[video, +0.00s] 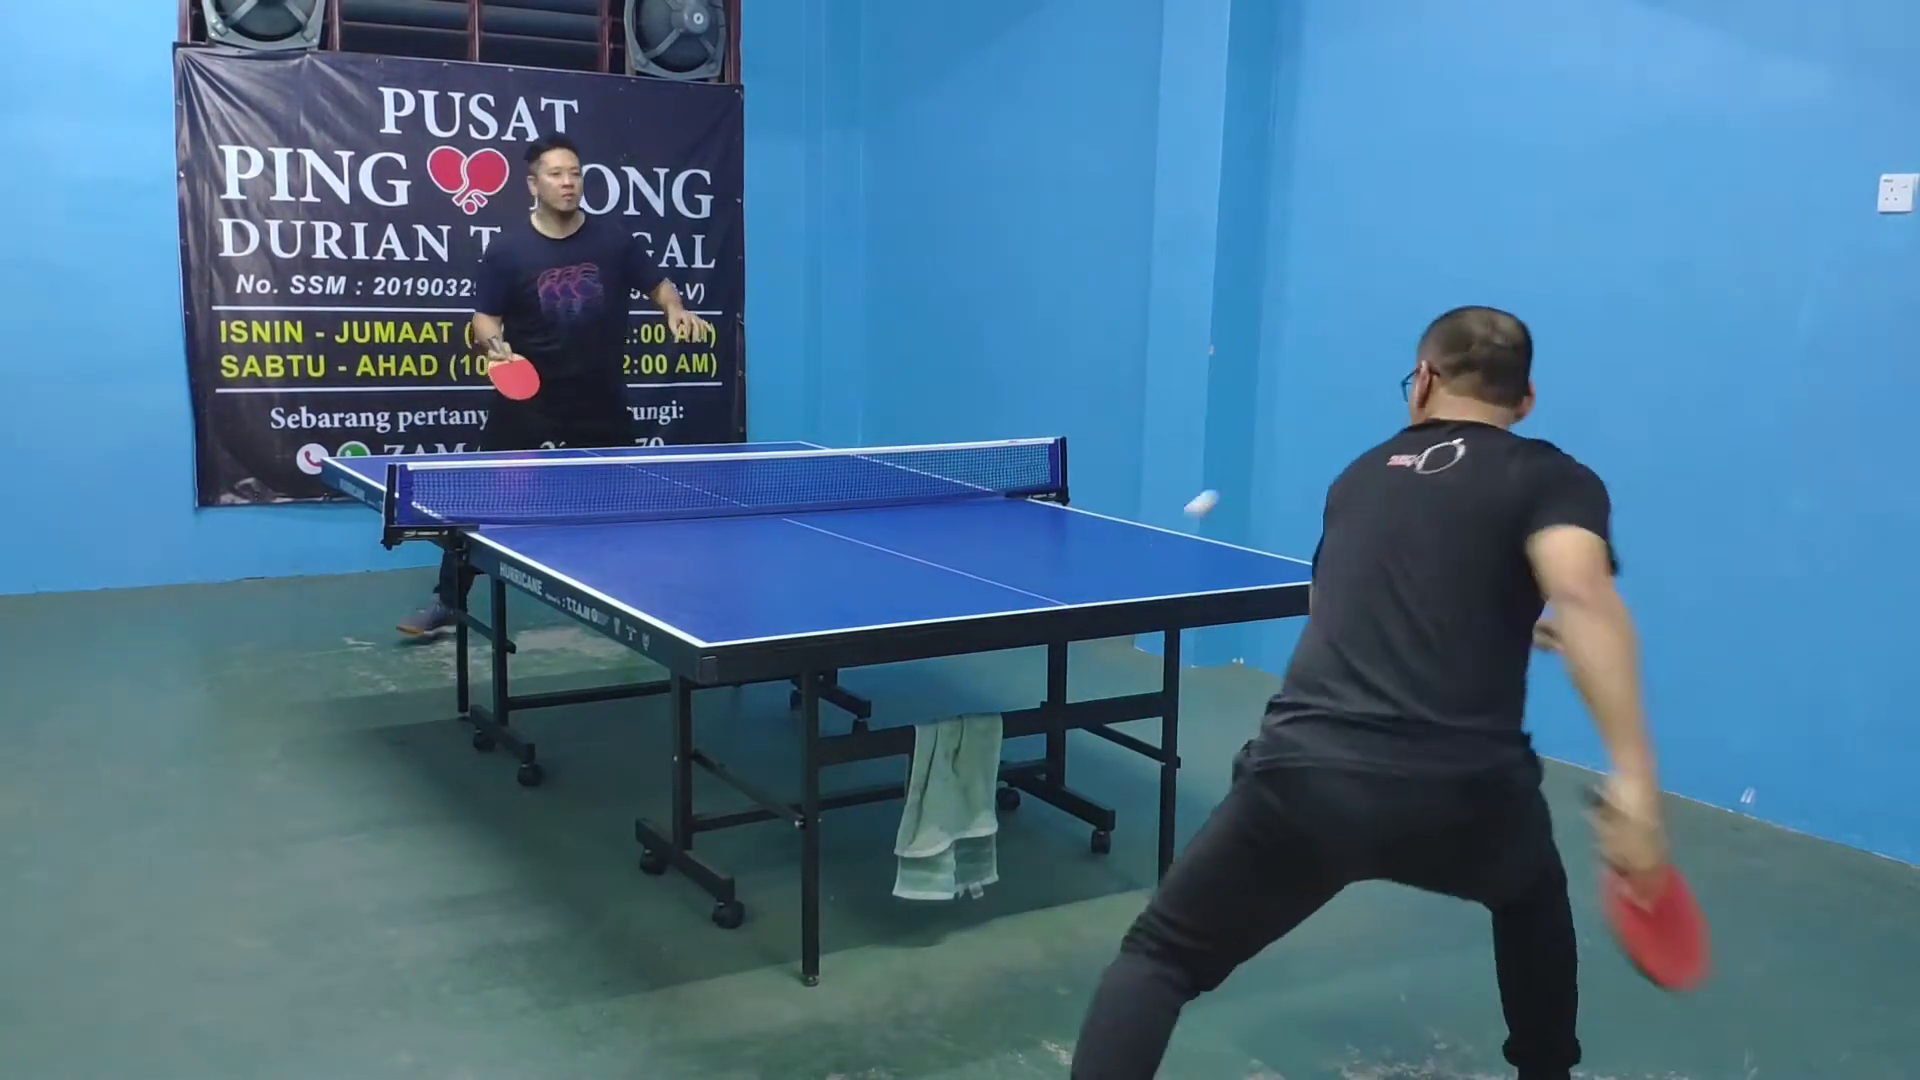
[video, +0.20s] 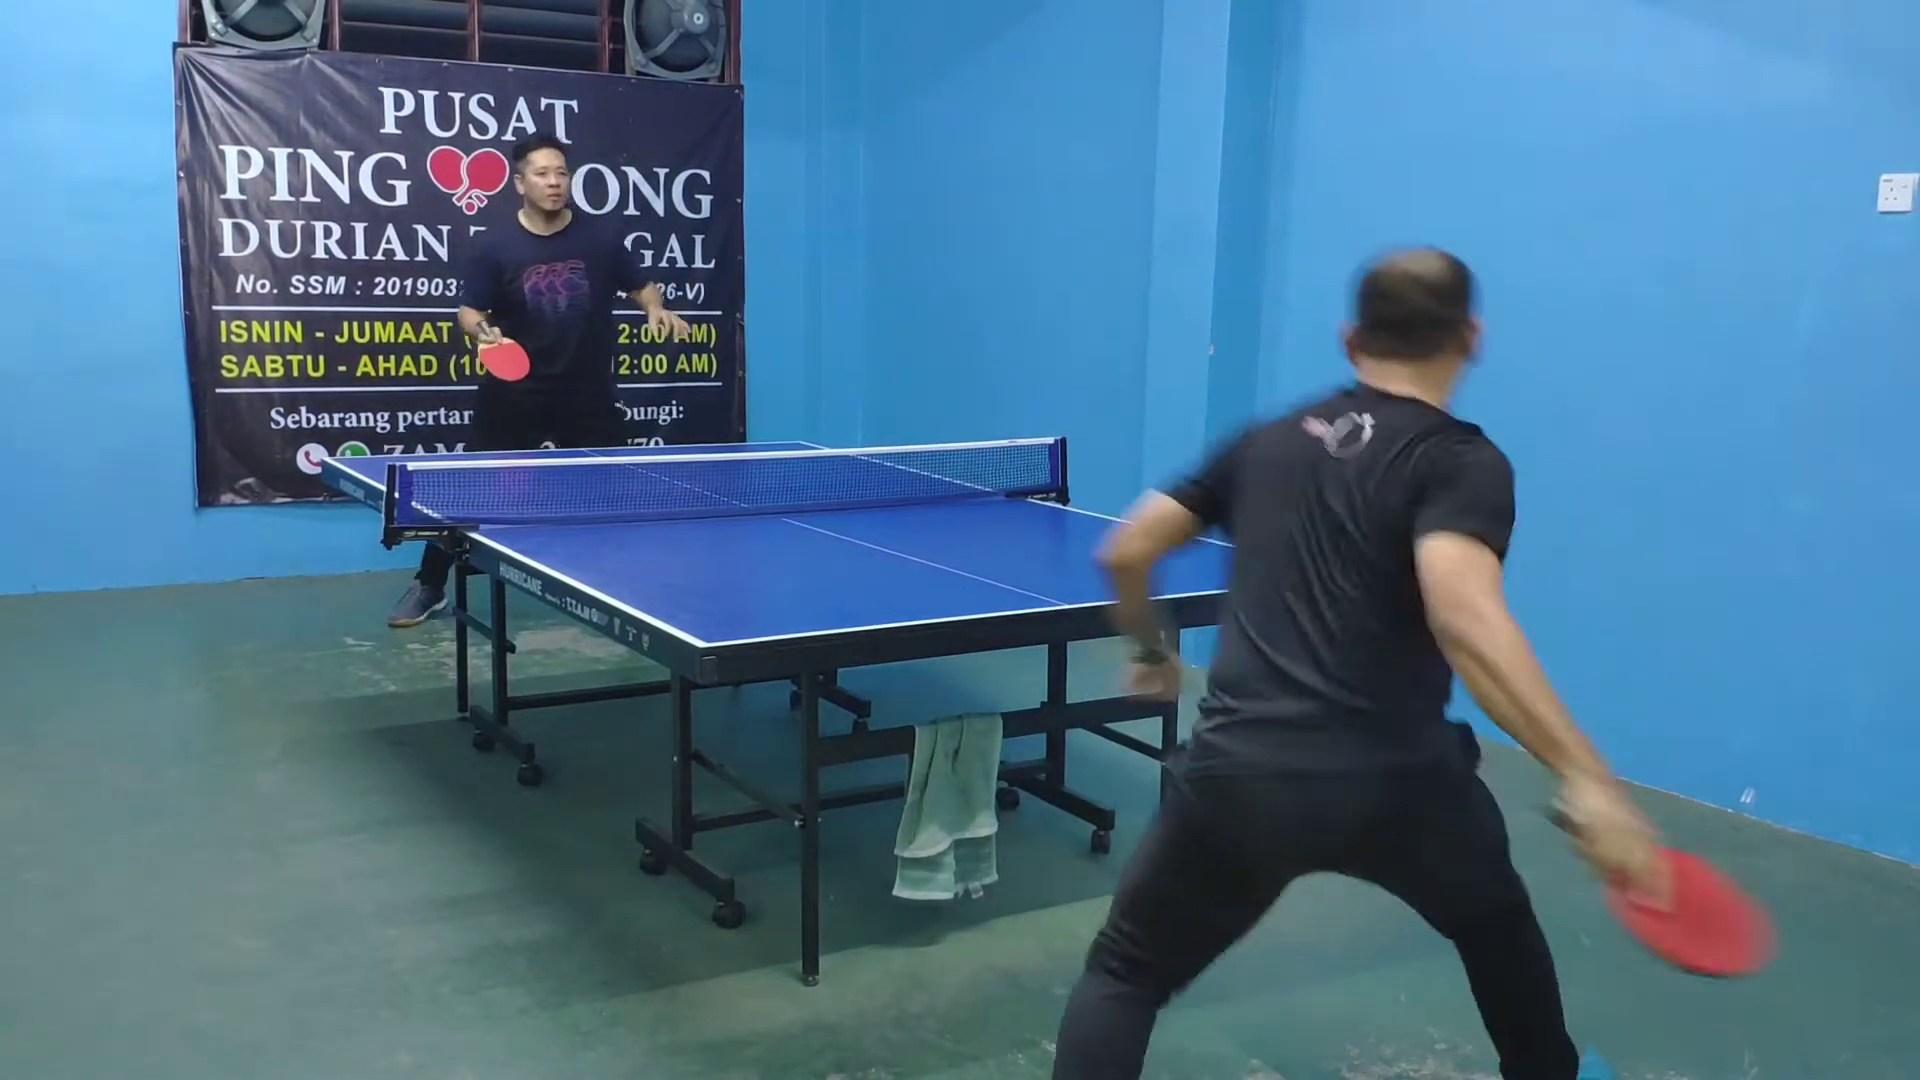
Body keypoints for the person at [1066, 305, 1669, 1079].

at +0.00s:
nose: (1408, 397)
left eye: (1410, 383)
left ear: (1421, 382)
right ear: (1526, 404)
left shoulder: (1361, 475)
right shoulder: (1551, 476)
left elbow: (1387, 583)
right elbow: (1579, 592)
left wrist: (1515, 615)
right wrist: (1635, 779)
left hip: (1311, 790)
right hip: (1469, 803)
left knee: (1161, 956)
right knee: (1531, 899)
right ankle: (1546, 1067)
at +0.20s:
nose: (1472, 336)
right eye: (1471, 325)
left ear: (1354, 339)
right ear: (1469, 340)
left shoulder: (1268, 441)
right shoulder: (1460, 458)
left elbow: (1126, 552)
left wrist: (1149, 651)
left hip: (1244, 786)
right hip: (1403, 792)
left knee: (1124, 976)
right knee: (1498, 932)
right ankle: (1545, 1069)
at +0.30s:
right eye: (1314, 275)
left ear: (1209, 292)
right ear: (1318, 287)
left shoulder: (1144, 411)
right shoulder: (1399, 412)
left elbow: (1052, 610)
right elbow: (1495, 569)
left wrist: (1095, 596)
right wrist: (1582, 617)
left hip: (1256, 767)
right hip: (1409, 750)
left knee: (1062, 882)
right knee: (1458, 934)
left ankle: (1062, 1070)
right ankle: (1541, 1072)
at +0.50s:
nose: (1041, 448)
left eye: (1042, 434)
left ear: (1062, 451)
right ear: (1168, 390)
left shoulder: (1157, 602)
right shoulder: (1224, 459)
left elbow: (1178, 811)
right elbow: (1062, 495)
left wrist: (1127, 784)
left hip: (1271, 876)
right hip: (1367, 835)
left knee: (1004, 980)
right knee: (1252, 982)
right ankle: (1367, 1074)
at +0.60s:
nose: (1029, 450)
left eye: (1028, 433)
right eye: (1024, 432)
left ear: (1073, 446)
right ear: (1154, 404)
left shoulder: (1215, 581)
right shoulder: (1135, 517)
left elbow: (1210, 814)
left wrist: (1103, 810)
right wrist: (1020, 801)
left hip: (1276, 880)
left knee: (982, 999)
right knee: (1213, 1020)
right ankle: (1362, 1076)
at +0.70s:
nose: (1044, 366)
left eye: (1042, 346)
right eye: (1040, 346)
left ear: (1084, 358)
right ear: (1169, 329)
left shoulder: (1205, 508)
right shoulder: (1170, 447)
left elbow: (1226, 750)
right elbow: (1143, 626)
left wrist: (1115, 775)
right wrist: (1049, 727)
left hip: (1261, 838)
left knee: (993, 1016)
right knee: (1260, 999)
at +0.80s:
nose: (1057, 262)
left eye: (1055, 237)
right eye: (1053, 237)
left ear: (1094, 245)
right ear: (1185, 229)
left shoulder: (1177, 404)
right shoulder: (1237, 347)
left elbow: (1246, 638)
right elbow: (1201, 532)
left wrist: (1121, 730)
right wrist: (1090, 626)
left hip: (1267, 767)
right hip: (1339, 736)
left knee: (1067, 1011)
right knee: (1272, 975)